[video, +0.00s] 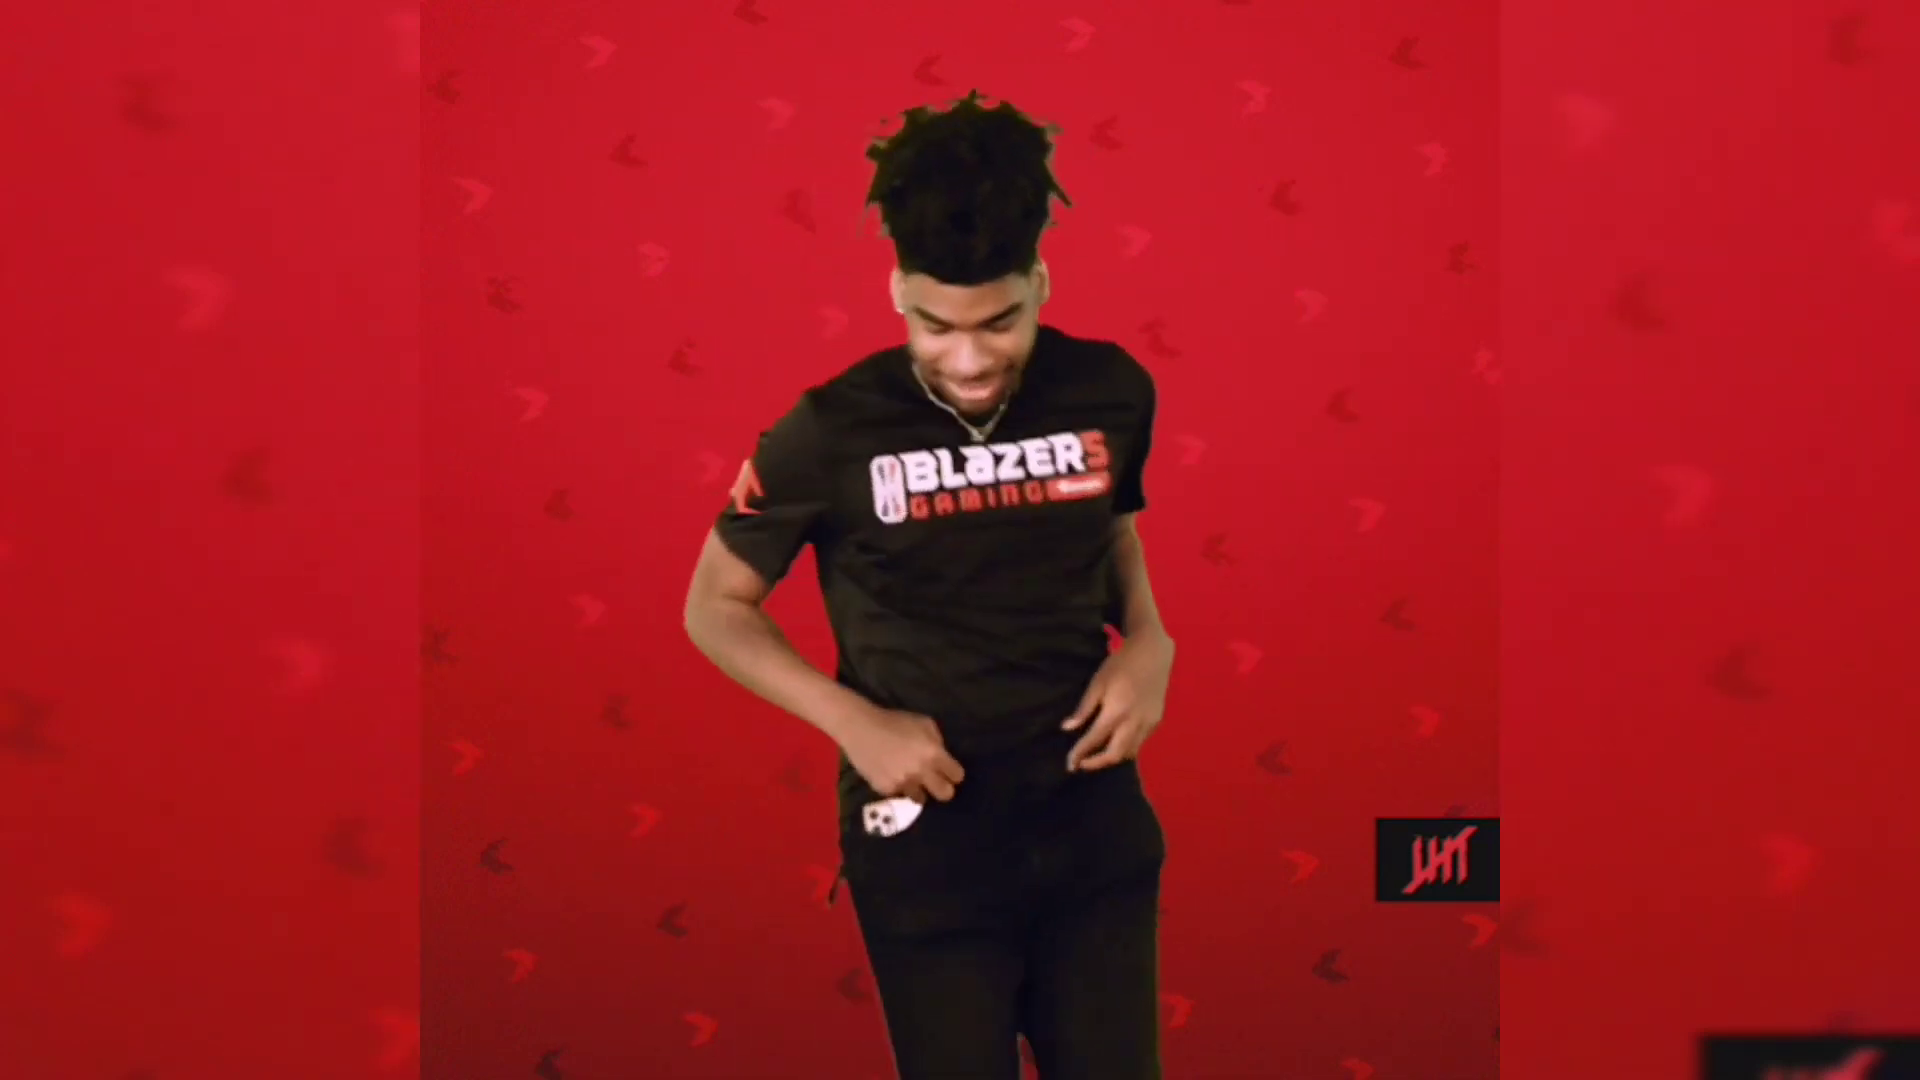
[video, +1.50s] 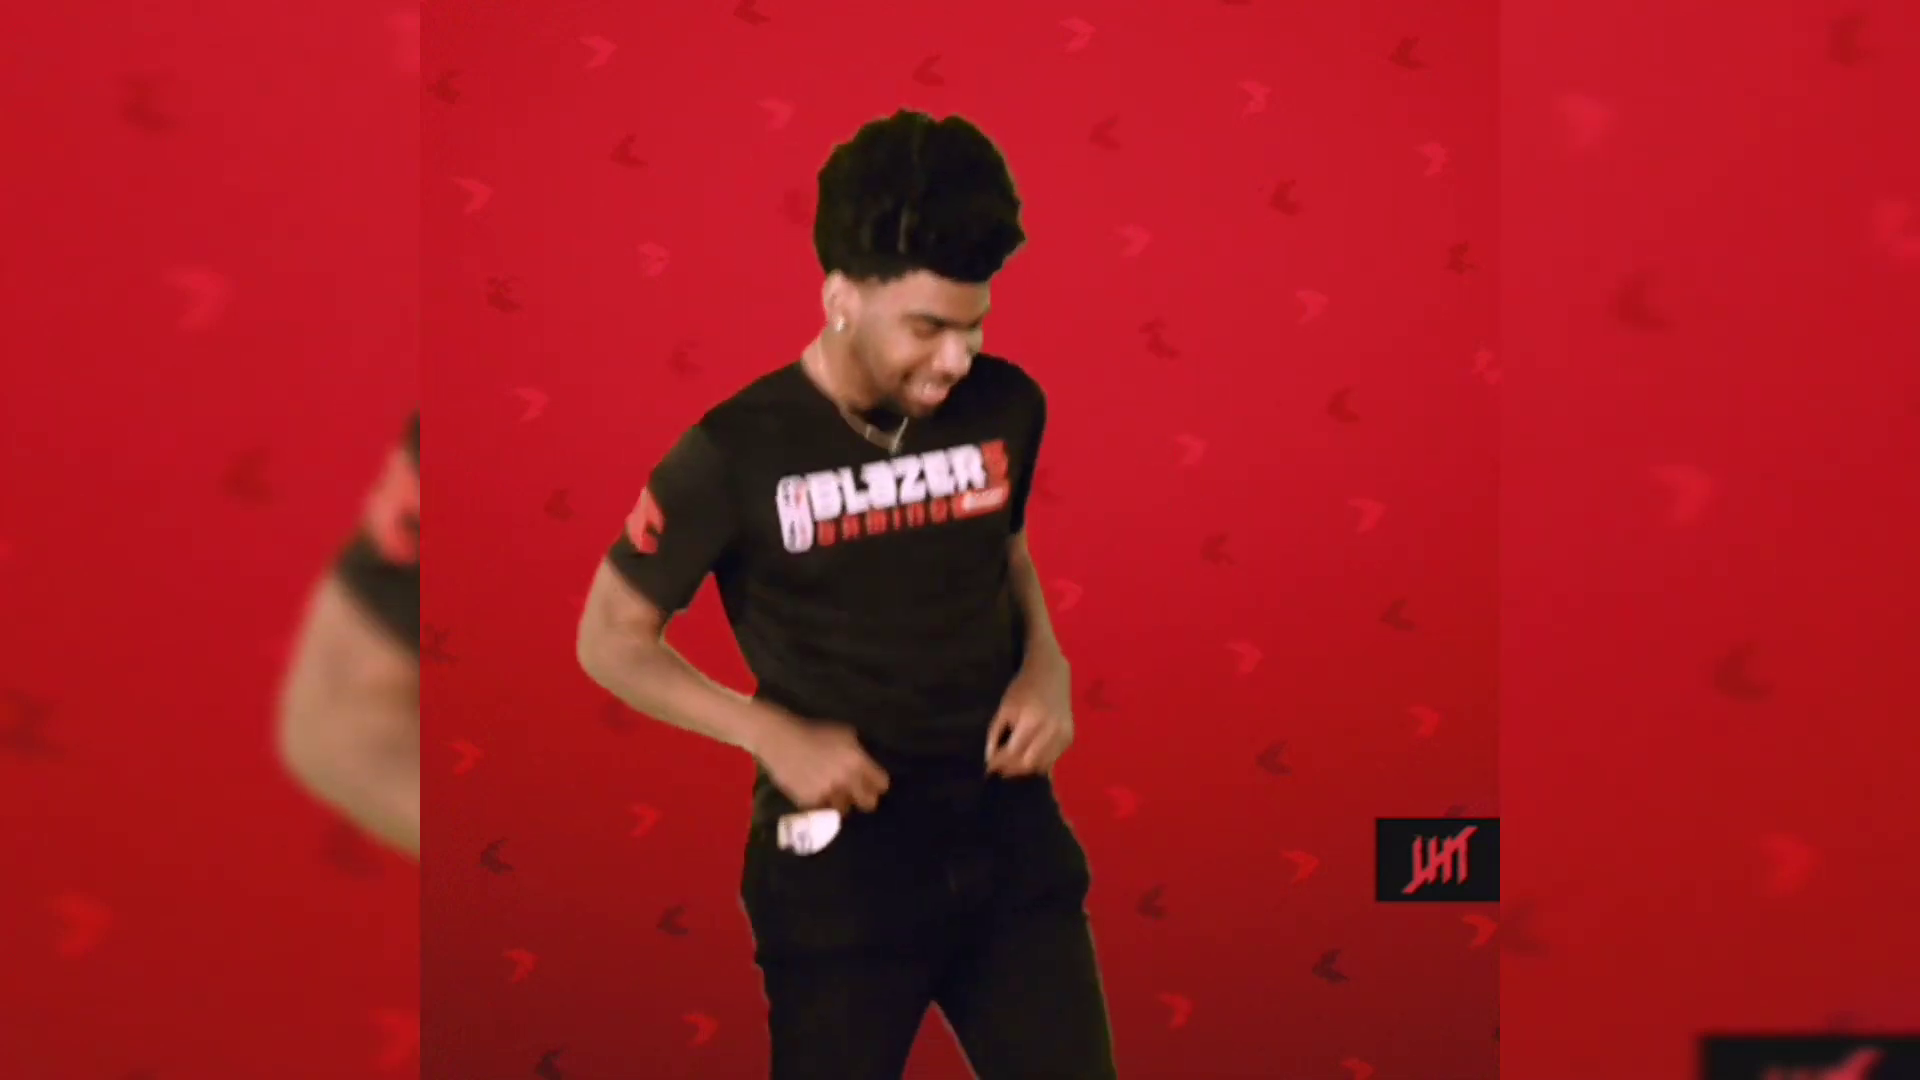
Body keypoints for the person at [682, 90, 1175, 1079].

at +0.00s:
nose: (969, 357)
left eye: (999, 322)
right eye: (935, 324)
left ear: (1041, 280)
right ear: (897, 285)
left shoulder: (1108, 396)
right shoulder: (829, 437)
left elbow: (1114, 526)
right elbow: (715, 606)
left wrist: (1148, 642)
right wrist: (855, 723)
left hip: (1091, 834)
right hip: (924, 849)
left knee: (1115, 1062)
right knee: (959, 1063)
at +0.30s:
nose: (995, 387)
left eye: (1029, 356)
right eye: (976, 352)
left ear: (1108, 339)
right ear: (958, 330)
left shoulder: (1191, 492)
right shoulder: (889, 482)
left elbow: (1207, 650)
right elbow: (783, 634)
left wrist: (1179, 756)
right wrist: (877, 784)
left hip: (1123, 916)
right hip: (944, 921)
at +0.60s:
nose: (933, 365)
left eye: (967, 337)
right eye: (917, 329)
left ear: (1052, 321)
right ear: (903, 304)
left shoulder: (1148, 475)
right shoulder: (867, 443)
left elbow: (1222, 665)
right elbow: (822, 601)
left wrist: (1104, 746)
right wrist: (815, 731)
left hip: (1049, 906)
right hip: (878, 892)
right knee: (849, 1063)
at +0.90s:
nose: (835, 350)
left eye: (872, 320)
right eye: (818, 315)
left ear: (951, 300)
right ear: (802, 292)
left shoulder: (1064, 451)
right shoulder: (777, 432)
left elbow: (1138, 627)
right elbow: (753, 579)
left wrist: (1027, 723)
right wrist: (734, 684)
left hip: (958, 867)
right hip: (783, 849)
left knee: (918, 1062)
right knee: (758, 1061)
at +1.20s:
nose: (896, 315)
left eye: (920, 282)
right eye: (864, 282)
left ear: (942, 254)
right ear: (789, 251)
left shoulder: (1002, 362)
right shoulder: (702, 390)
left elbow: (1059, 501)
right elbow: (641, 544)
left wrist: (1023, 627)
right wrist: (708, 656)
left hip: (963, 778)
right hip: (785, 784)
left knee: (965, 1059)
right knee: (789, 1062)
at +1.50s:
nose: (957, 358)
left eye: (974, 326)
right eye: (928, 326)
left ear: (993, 303)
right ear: (839, 299)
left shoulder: (1003, 409)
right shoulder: (731, 459)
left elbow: (1004, 544)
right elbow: (610, 638)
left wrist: (1047, 661)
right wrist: (774, 736)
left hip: (1007, 848)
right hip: (839, 868)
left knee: (1073, 1063)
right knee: (832, 1062)